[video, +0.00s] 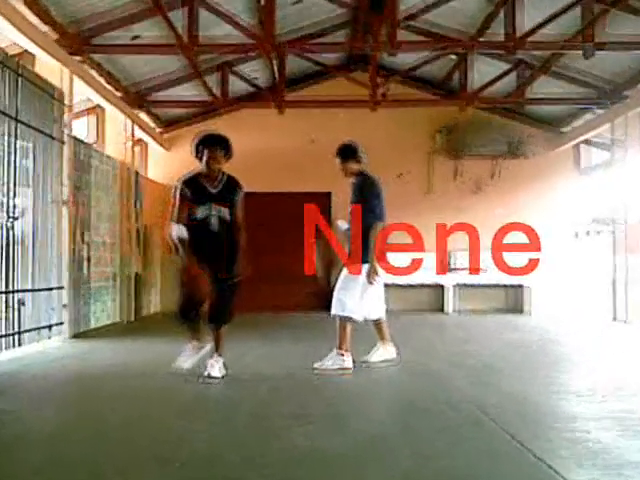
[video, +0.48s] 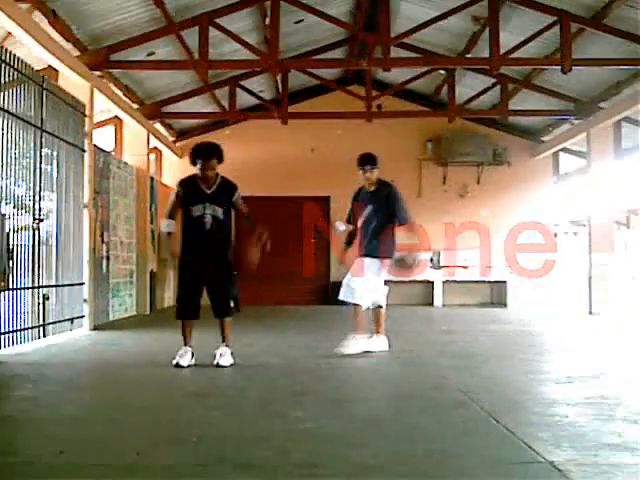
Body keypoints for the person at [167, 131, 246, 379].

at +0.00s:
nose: (215, 158)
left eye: (220, 153)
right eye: (211, 153)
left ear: (226, 157)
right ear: (202, 155)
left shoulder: (233, 187)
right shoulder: (188, 185)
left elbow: (240, 226)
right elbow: (178, 225)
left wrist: (240, 260)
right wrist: (187, 259)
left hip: (224, 256)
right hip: (195, 255)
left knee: (219, 307)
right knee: (190, 302)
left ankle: (217, 355)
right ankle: (196, 342)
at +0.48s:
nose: (207, 174)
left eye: (211, 169)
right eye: (203, 169)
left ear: (218, 166)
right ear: (196, 166)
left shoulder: (228, 188)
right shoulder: (186, 187)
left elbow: (244, 214)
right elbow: (170, 217)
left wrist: (257, 231)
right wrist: (168, 242)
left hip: (220, 256)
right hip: (191, 256)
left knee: (223, 303)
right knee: (187, 304)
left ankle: (225, 347)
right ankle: (187, 348)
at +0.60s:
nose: (191, 176)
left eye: (195, 171)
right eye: (187, 172)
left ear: (204, 168)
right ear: (182, 169)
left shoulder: (218, 186)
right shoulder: (175, 189)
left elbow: (237, 205)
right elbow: (155, 218)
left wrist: (254, 200)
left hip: (206, 252)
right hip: (180, 252)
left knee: (202, 300)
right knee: (178, 302)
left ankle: (214, 339)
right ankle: (185, 348)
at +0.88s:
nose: (182, 176)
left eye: (186, 171)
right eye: (178, 171)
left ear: (196, 167)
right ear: (174, 168)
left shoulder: (209, 188)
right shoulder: (164, 186)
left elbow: (220, 219)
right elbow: (149, 223)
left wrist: (229, 205)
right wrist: (148, 257)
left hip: (197, 254)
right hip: (170, 254)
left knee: (193, 303)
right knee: (174, 303)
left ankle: (190, 350)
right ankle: (183, 347)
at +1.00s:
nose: (181, 175)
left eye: (185, 171)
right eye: (177, 170)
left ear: (195, 167)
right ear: (173, 167)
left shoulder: (205, 190)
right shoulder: (161, 187)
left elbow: (208, 224)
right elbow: (152, 226)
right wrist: (155, 258)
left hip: (196, 253)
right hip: (169, 255)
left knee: (194, 302)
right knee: (174, 303)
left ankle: (189, 350)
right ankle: (183, 347)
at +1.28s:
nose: (169, 174)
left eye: (173, 170)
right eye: (166, 169)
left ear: (184, 167)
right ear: (160, 166)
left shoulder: (194, 190)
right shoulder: (151, 187)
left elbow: (204, 229)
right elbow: (138, 218)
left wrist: (178, 249)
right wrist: (124, 237)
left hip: (191, 252)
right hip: (162, 252)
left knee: (190, 305)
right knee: (157, 304)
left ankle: (188, 352)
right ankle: (160, 345)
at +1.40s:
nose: (160, 171)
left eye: (165, 166)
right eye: (157, 166)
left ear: (176, 164)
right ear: (152, 164)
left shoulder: (190, 187)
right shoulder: (146, 184)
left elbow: (210, 218)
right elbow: (131, 208)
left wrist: (185, 235)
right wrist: (124, 212)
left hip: (185, 254)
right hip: (156, 253)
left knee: (187, 306)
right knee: (143, 304)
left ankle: (187, 353)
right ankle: (136, 354)